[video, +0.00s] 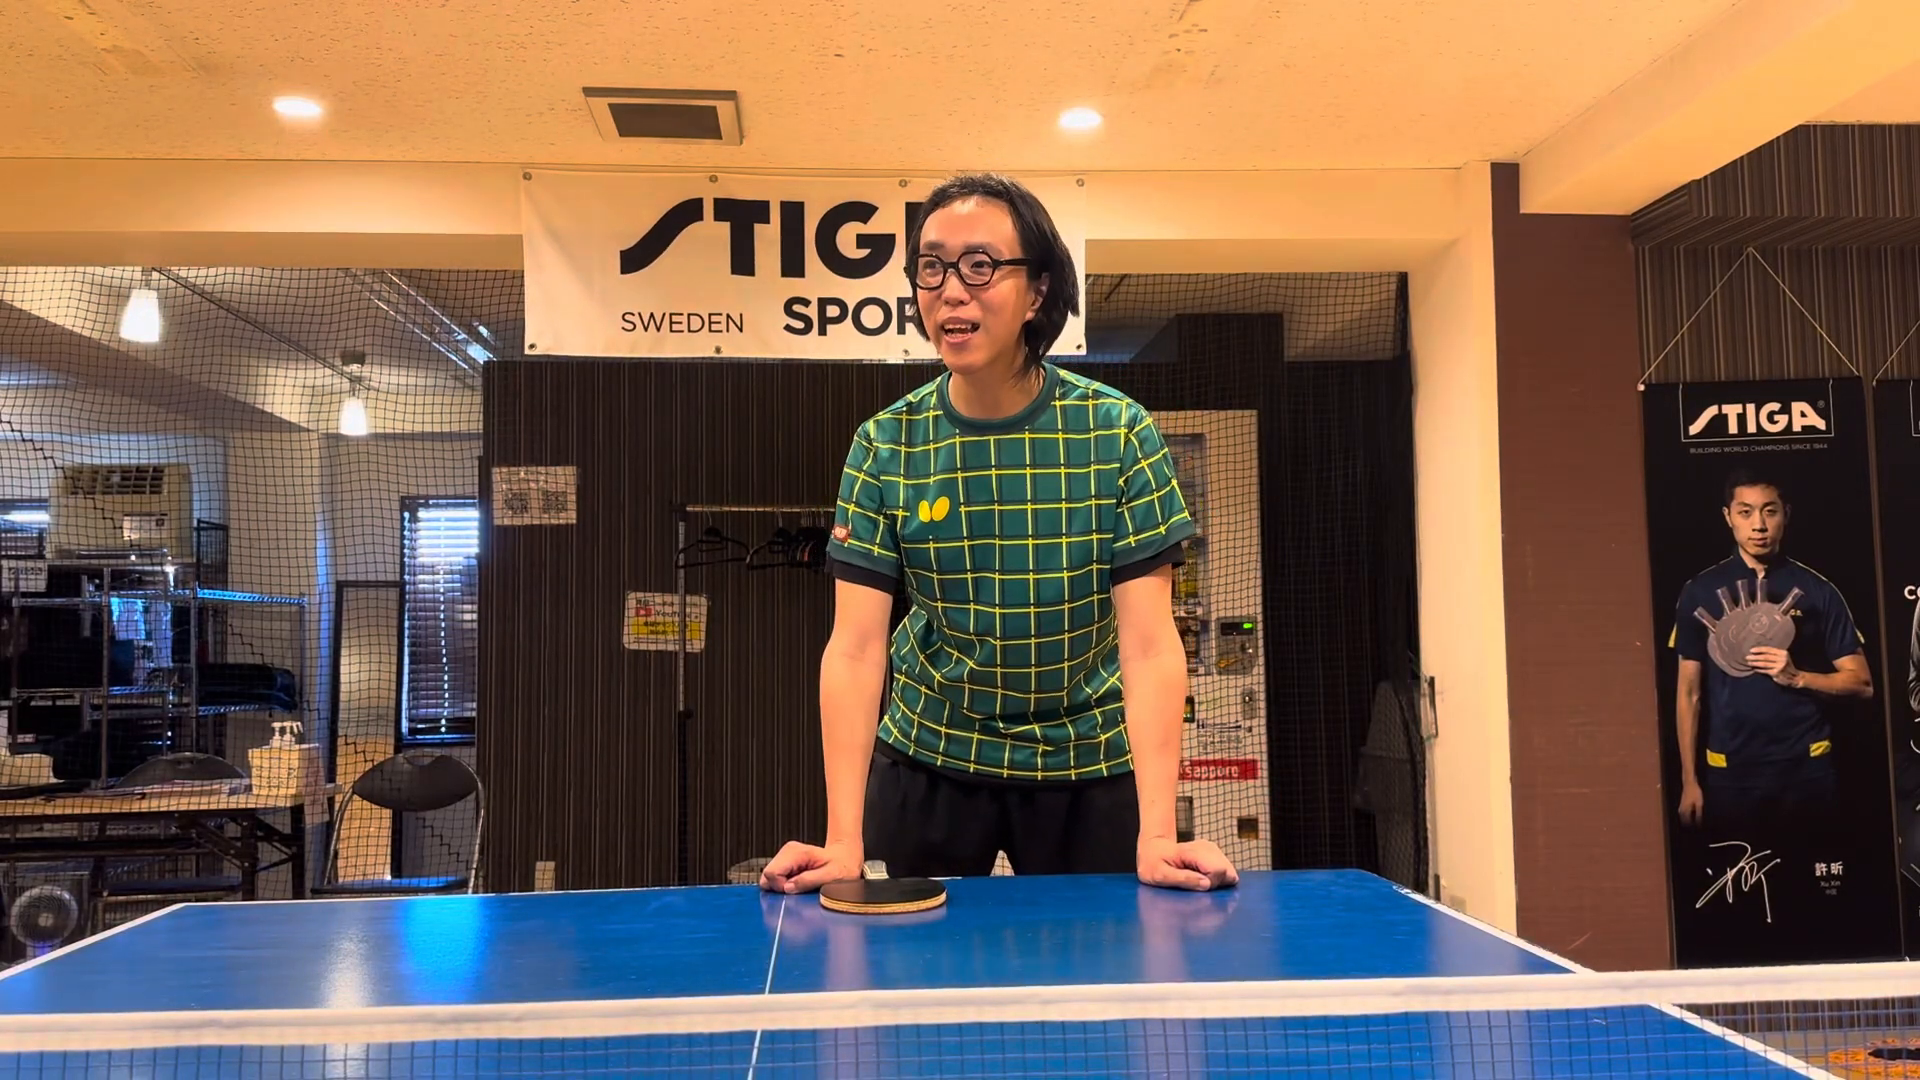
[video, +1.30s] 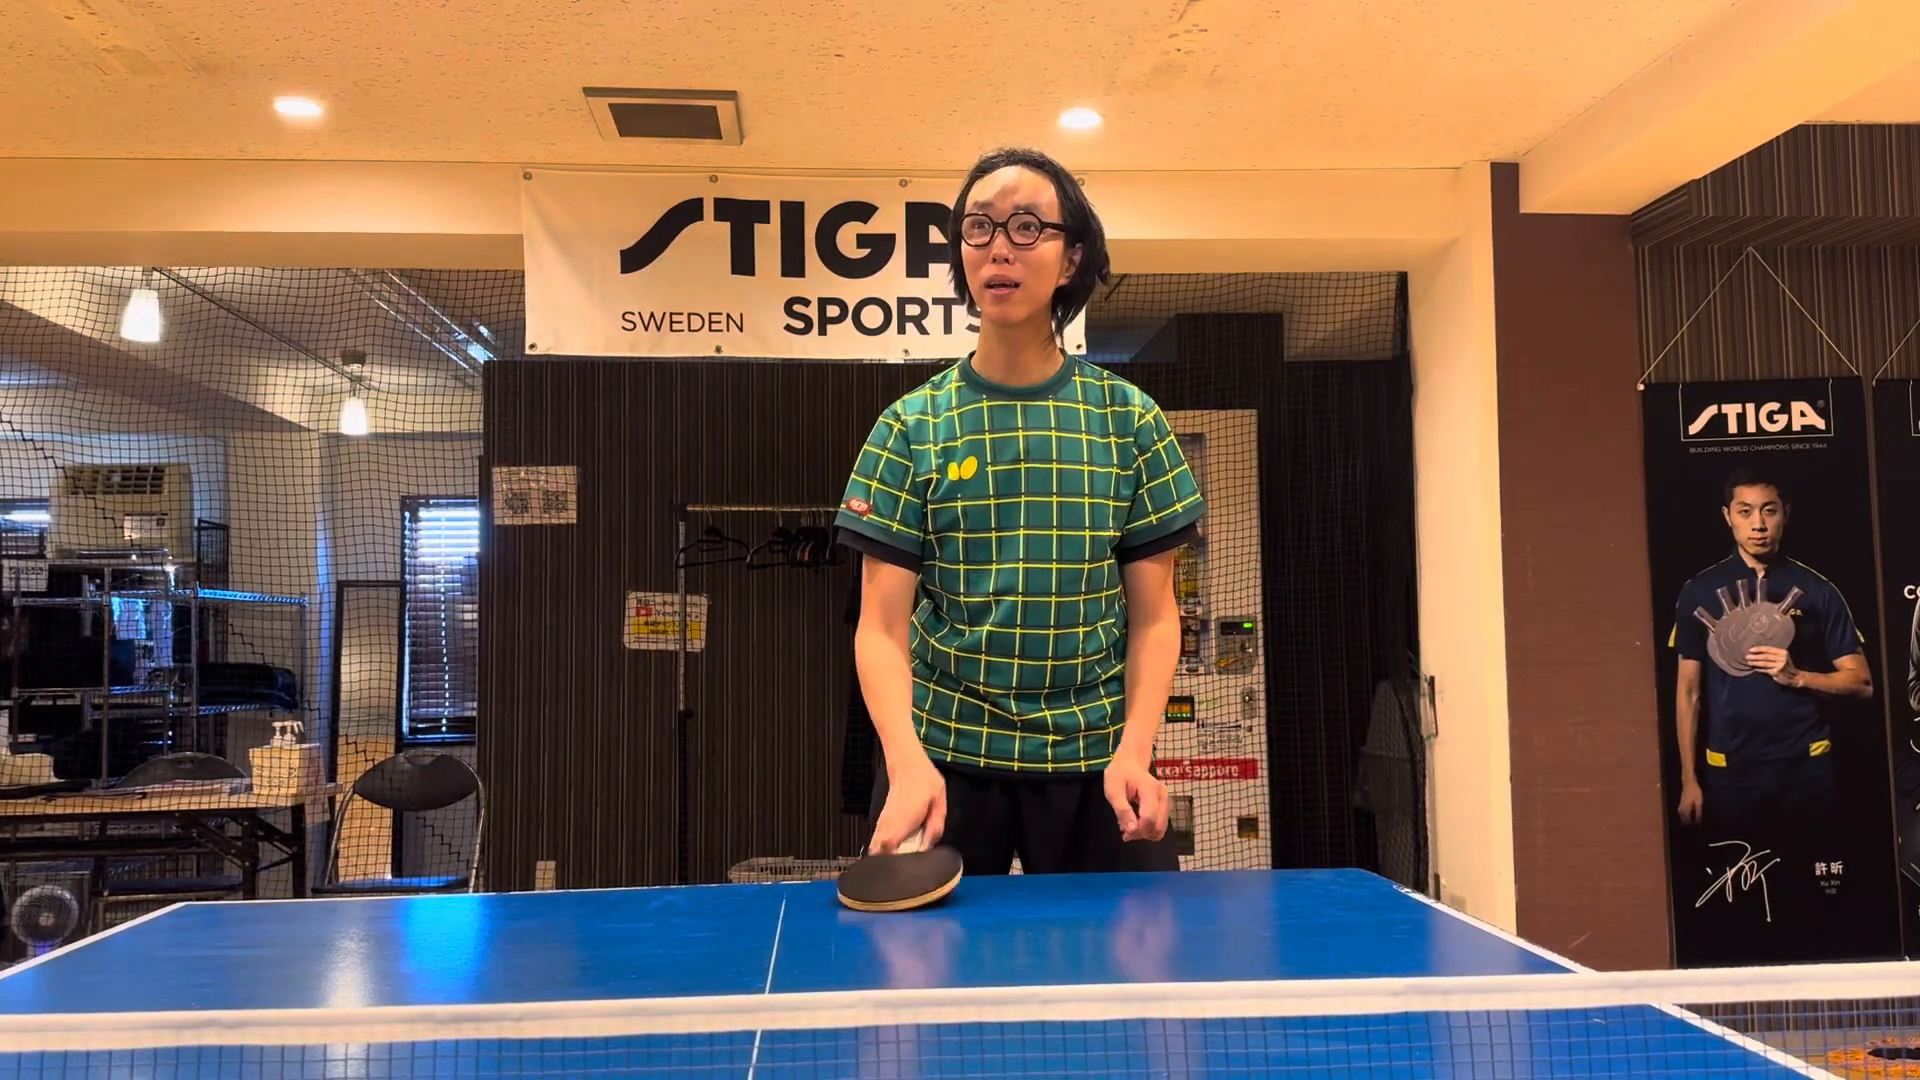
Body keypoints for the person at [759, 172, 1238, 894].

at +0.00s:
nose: (950, 293)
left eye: (980, 268)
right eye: (933, 269)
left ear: (1036, 292)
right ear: (916, 288)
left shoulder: (1117, 433)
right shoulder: (886, 446)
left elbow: (1150, 645)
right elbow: (855, 648)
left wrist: (1159, 833)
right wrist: (842, 842)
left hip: (1086, 770)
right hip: (927, 768)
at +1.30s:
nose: (1001, 248)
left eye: (1029, 228)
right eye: (982, 228)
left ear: (1071, 260)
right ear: (960, 254)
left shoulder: (1129, 420)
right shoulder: (913, 426)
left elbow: (1154, 614)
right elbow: (882, 627)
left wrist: (1135, 751)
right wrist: (906, 763)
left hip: (1095, 776)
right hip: (948, 776)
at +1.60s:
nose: (1006, 258)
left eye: (1033, 236)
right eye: (986, 236)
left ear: (1074, 262)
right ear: (964, 257)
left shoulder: (1131, 421)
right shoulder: (914, 425)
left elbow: (1156, 611)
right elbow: (872, 613)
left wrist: (1126, 716)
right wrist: (910, 700)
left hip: (1097, 772)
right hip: (939, 771)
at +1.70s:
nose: (1009, 268)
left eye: (1035, 245)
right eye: (988, 243)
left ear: (1075, 265)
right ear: (964, 258)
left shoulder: (1131, 420)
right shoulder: (912, 426)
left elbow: (1159, 608)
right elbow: (865, 608)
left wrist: (1129, 701)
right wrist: (914, 692)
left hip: (1098, 774)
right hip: (937, 774)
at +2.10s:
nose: (989, 294)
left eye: (1015, 272)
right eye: (968, 269)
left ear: (1048, 289)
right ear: (938, 282)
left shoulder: (1097, 430)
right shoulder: (882, 441)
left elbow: (1134, 614)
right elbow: (844, 634)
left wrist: (1083, 656)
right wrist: (932, 700)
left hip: (1072, 773)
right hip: (910, 775)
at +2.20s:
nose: (993, 303)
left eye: (1017, 280)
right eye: (971, 278)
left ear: (1049, 296)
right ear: (941, 293)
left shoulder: (1096, 443)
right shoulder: (880, 449)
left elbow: (1129, 618)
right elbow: (834, 640)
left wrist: (1092, 654)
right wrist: (926, 705)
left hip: (1075, 771)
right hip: (912, 775)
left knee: (1177, 961)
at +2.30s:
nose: (1010, 318)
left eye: (1034, 295)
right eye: (988, 294)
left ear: (1069, 310)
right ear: (960, 311)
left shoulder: (1120, 459)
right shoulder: (900, 464)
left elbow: (1158, 639)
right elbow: (831, 648)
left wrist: (1124, 641)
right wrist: (916, 708)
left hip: (1097, 800)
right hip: (929, 801)